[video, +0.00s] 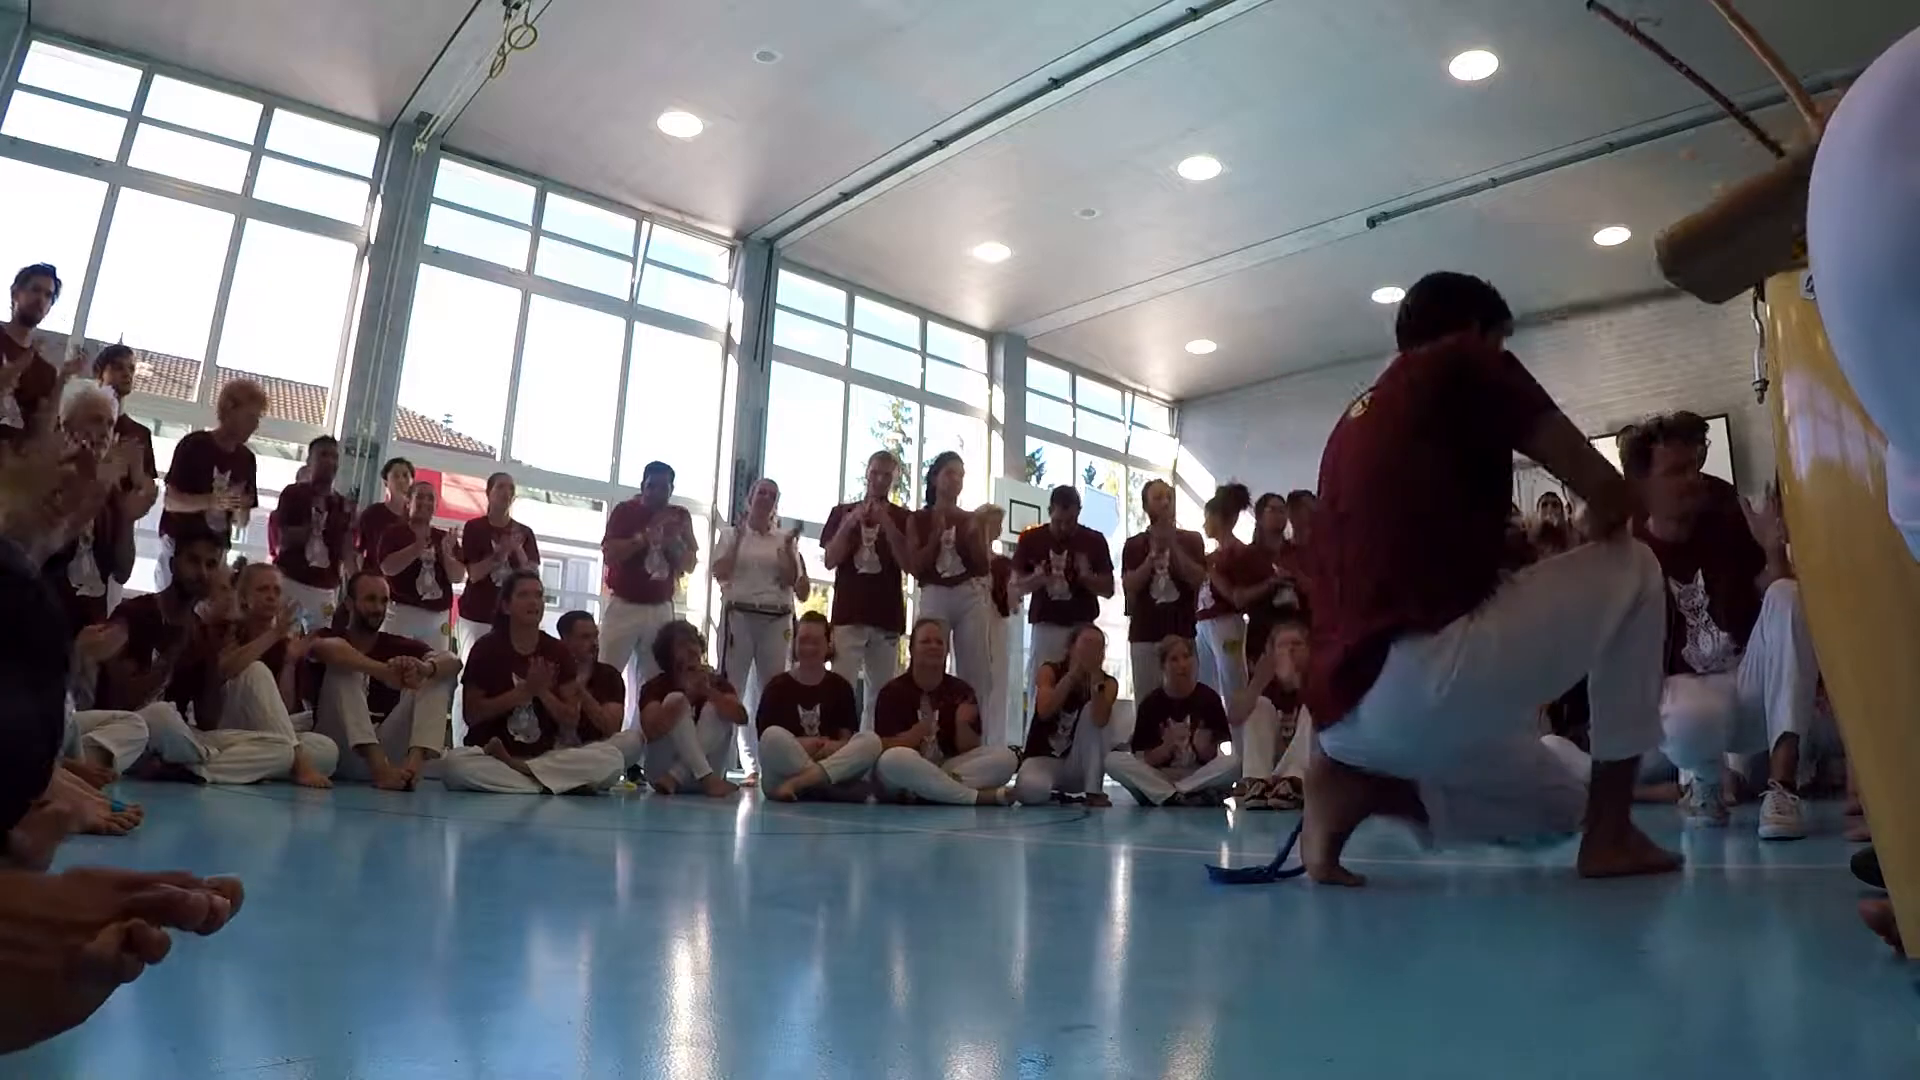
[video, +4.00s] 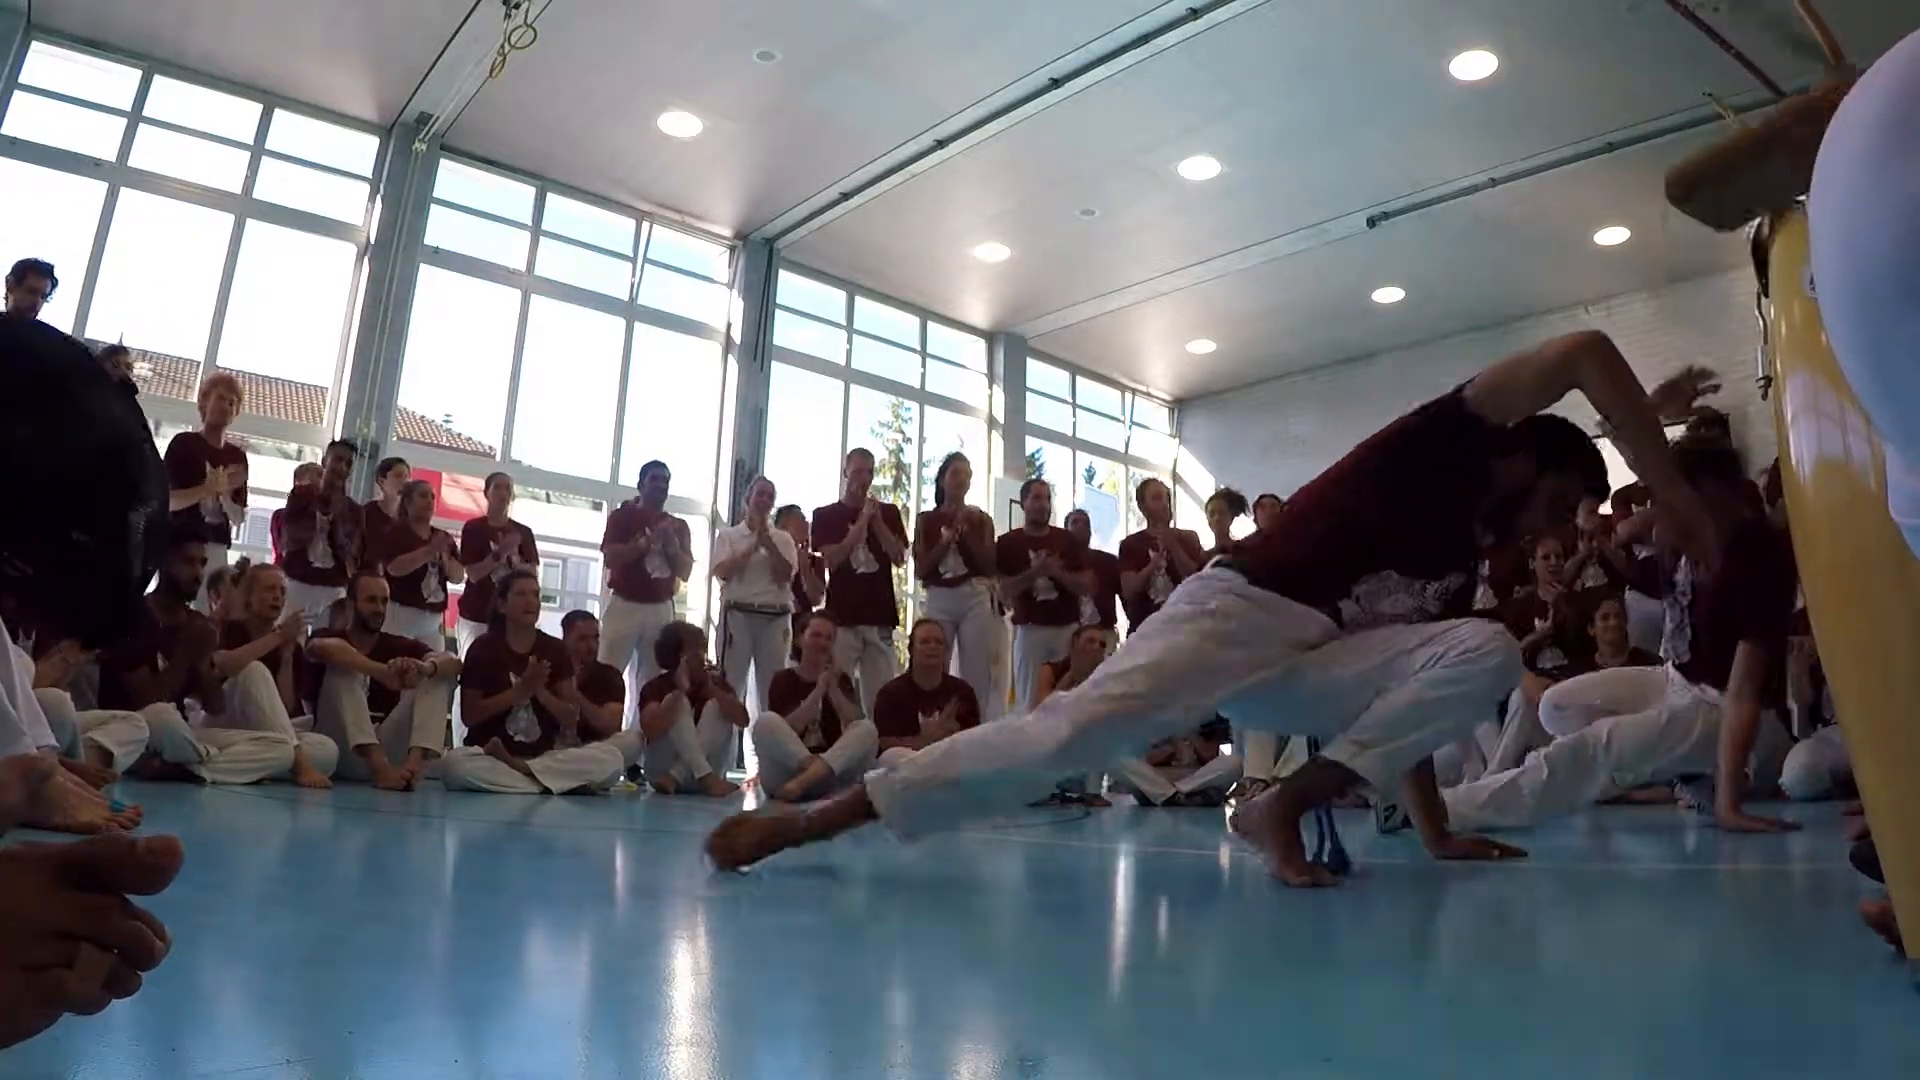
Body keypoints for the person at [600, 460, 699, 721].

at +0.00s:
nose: (657, 492)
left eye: (663, 487)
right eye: (652, 486)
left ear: (671, 488)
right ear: (643, 485)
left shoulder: (679, 516)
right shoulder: (624, 512)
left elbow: (689, 563)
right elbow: (610, 554)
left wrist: (672, 544)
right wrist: (646, 537)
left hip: (660, 609)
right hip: (622, 608)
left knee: (656, 685)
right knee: (605, 680)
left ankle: (651, 750)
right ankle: (597, 745)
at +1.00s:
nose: (655, 483)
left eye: (661, 479)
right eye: (650, 478)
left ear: (667, 486)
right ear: (639, 483)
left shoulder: (677, 525)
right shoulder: (620, 517)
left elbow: (685, 573)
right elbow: (608, 555)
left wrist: (671, 547)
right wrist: (647, 542)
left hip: (659, 610)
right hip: (620, 607)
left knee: (652, 687)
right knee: (604, 681)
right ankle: (597, 745)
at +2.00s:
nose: (658, 484)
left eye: (663, 479)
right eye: (652, 478)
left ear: (667, 486)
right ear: (639, 483)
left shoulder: (677, 525)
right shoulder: (619, 516)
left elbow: (683, 573)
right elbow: (607, 557)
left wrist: (673, 550)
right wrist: (631, 543)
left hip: (658, 610)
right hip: (621, 607)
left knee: (651, 687)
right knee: (605, 681)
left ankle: (645, 750)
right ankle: (598, 746)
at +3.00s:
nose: (657, 481)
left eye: (661, 477)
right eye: (651, 476)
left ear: (666, 485)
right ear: (637, 483)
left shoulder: (676, 524)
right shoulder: (618, 516)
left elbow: (684, 573)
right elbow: (609, 558)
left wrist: (670, 543)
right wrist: (646, 542)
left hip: (660, 610)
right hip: (621, 607)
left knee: (653, 688)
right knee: (606, 682)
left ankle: (646, 754)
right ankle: (600, 749)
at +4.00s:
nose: (660, 484)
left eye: (665, 480)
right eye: (654, 479)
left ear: (669, 486)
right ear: (640, 484)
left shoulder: (678, 525)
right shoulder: (621, 517)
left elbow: (685, 572)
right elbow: (612, 558)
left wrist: (671, 544)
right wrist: (644, 543)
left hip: (660, 609)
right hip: (623, 606)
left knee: (653, 685)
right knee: (607, 680)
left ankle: (646, 748)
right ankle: (599, 746)